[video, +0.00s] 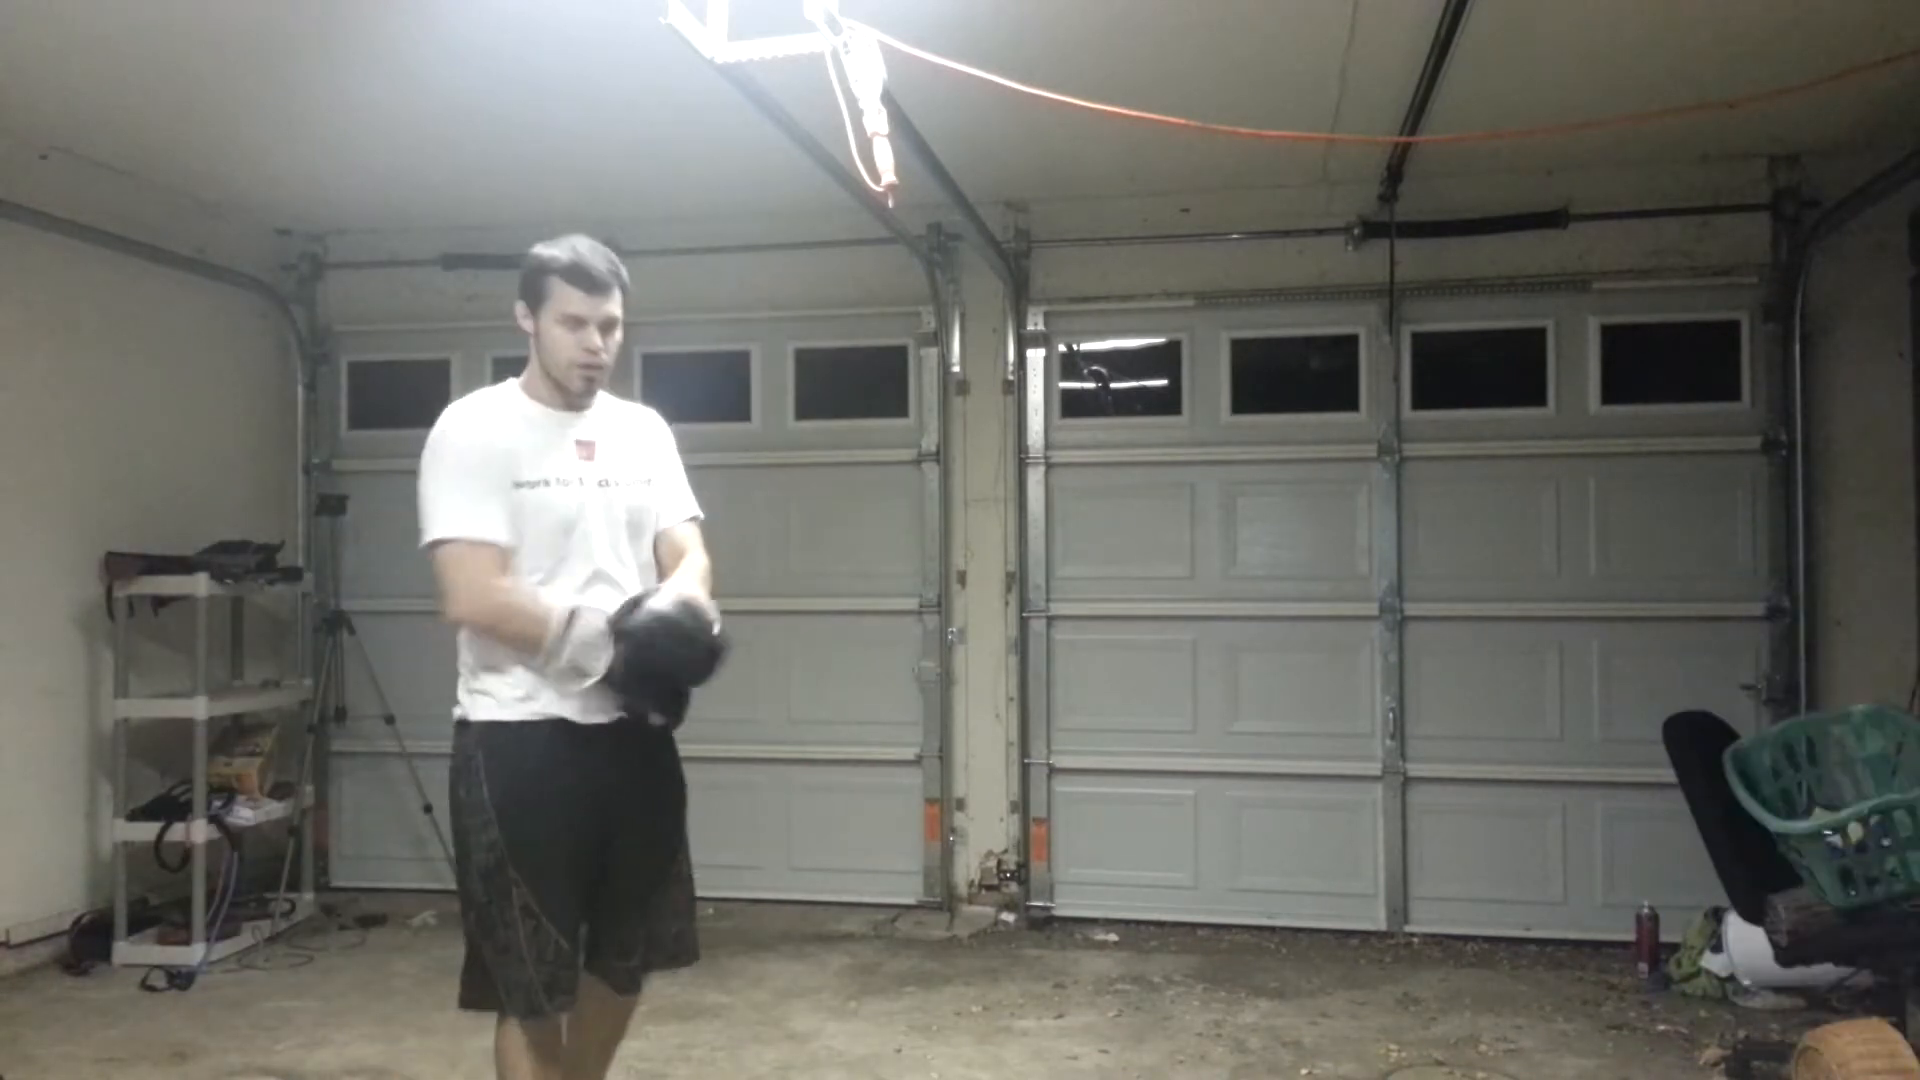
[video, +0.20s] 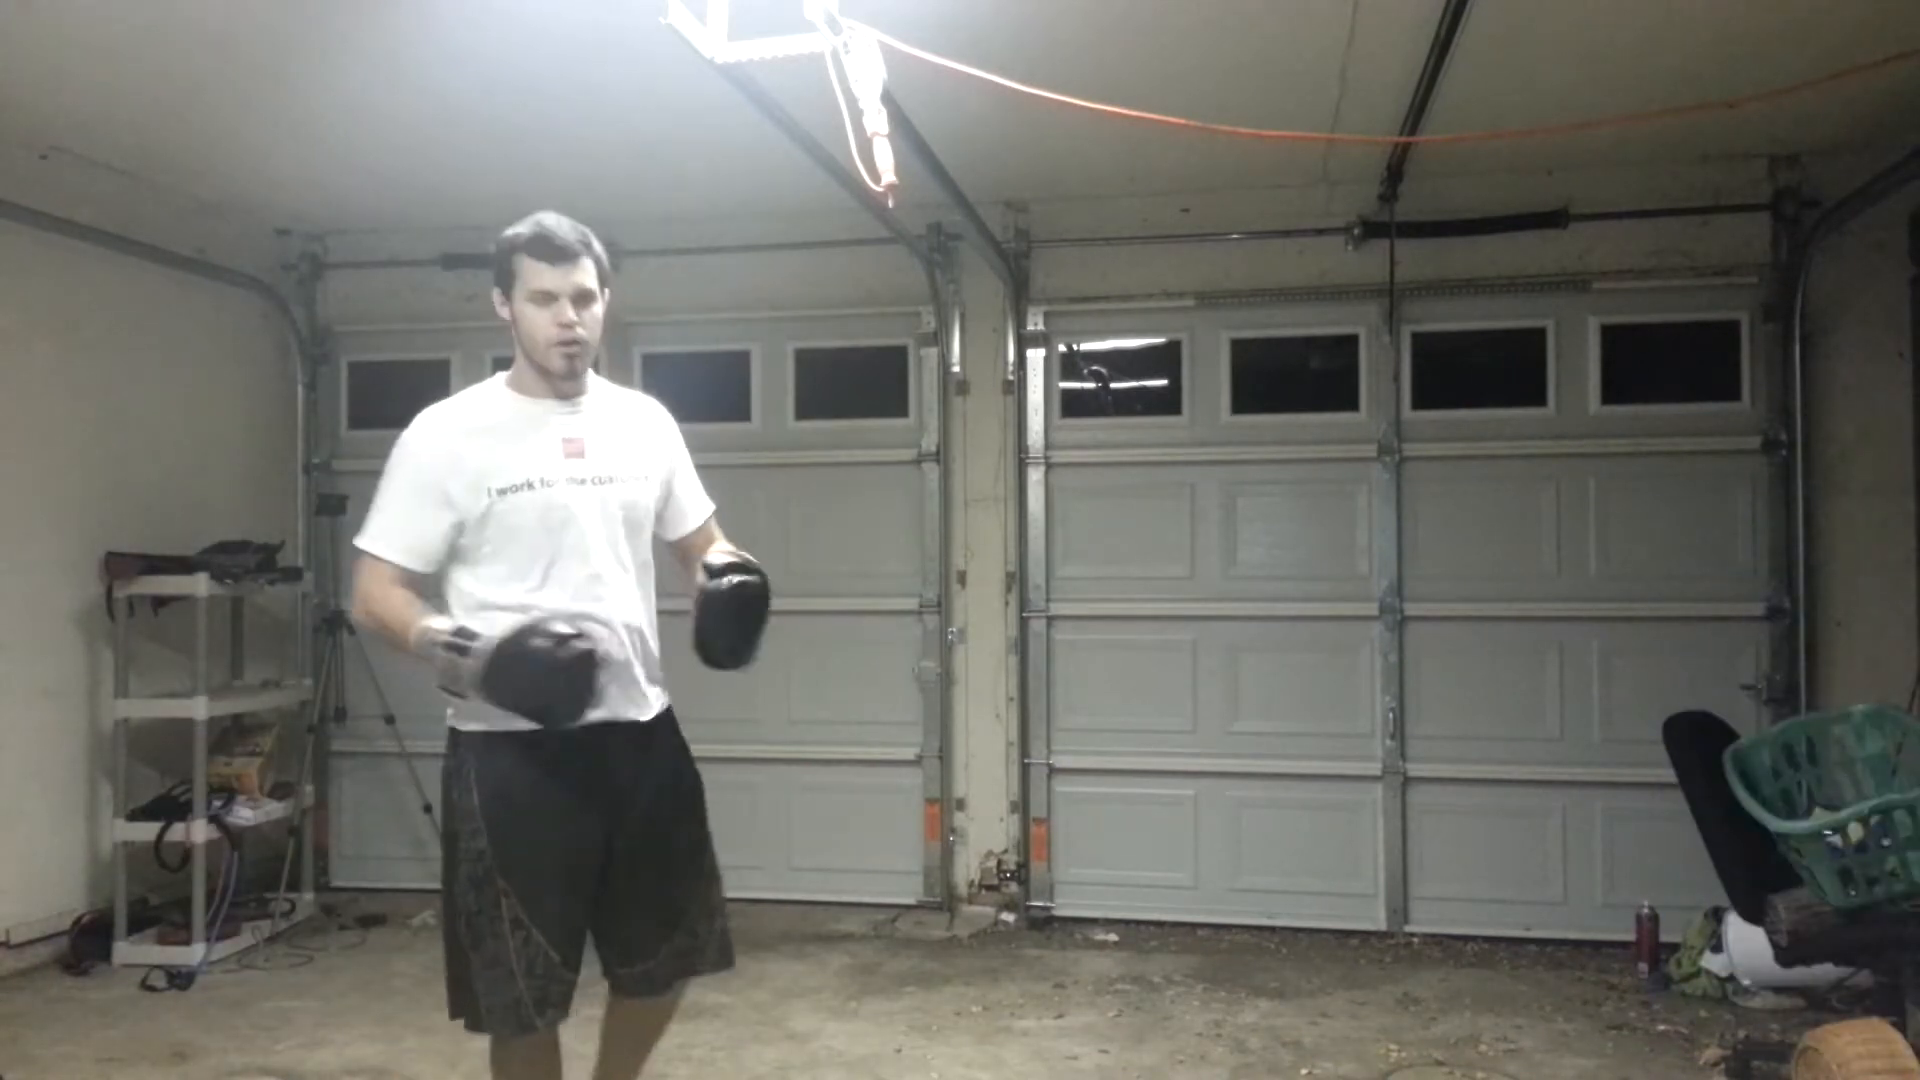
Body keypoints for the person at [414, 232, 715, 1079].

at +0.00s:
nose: (599, 346)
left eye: (611, 327)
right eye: (579, 325)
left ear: (625, 327)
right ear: (527, 322)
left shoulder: (642, 428)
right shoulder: (471, 428)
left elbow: (686, 555)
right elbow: (470, 597)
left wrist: (674, 625)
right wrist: (606, 644)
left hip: (633, 736)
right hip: (519, 742)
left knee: (622, 964)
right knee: (536, 985)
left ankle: (576, 1078)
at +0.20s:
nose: (569, 319)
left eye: (584, 299)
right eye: (547, 301)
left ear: (605, 305)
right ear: (506, 311)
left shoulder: (643, 422)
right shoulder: (446, 433)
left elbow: (703, 545)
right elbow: (372, 588)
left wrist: (732, 583)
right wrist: (470, 656)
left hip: (637, 741)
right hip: (509, 750)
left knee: (660, 965)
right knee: (524, 1004)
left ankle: (612, 1077)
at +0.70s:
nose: (594, 289)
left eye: (611, 273)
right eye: (572, 270)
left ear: (633, 291)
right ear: (529, 285)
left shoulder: (686, 419)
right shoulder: (453, 414)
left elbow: (748, 571)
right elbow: (373, 585)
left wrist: (690, 580)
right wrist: (482, 573)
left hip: (652, 748)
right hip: (512, 751)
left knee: (657, 1022)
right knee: (527, 1029)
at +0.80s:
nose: (614, 286)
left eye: (631, 270)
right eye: (592, 267)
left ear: (653, 292)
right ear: (546, 281)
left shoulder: (699, 423)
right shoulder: (465, 409)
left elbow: (774, 579)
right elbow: (371, 574)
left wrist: (701, 579)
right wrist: (478, 563)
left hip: (661, 752)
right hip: (515, 753)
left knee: (663, 1033)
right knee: (529, 1034)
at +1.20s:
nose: (675, 273)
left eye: (692, 260)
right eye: (652, 252)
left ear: (705, 287)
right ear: (599, 267)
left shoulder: (738, 431)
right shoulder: (503, 396)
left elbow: (780, 603)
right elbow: (410, 565)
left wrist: (727, 575)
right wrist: (518, 560)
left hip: (676, 772)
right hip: (515, 763)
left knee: (673, 1048)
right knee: (462, 1047)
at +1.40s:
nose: (637, 301)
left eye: (655, 282)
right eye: (615, 277)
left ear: (671, 287)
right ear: (555, 275)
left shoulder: (683, 406)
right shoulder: (464, 394)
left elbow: (749, 579)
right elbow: (441, 559)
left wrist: (735, 444)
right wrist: (512, 411)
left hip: (652, 771)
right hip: (495, 769)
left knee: (668, 1052)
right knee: (460, 1055)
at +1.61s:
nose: (591, 329)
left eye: (607, 307)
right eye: (567, 304)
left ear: (623, 303)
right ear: (500, 290)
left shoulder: (631, 407)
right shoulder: (407, 402)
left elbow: (722, 573)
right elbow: (426, 574)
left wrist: (701, 441)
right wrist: (493, 411)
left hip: (624, 774)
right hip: (461, 783)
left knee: (685, 1040)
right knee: (461, 1059)